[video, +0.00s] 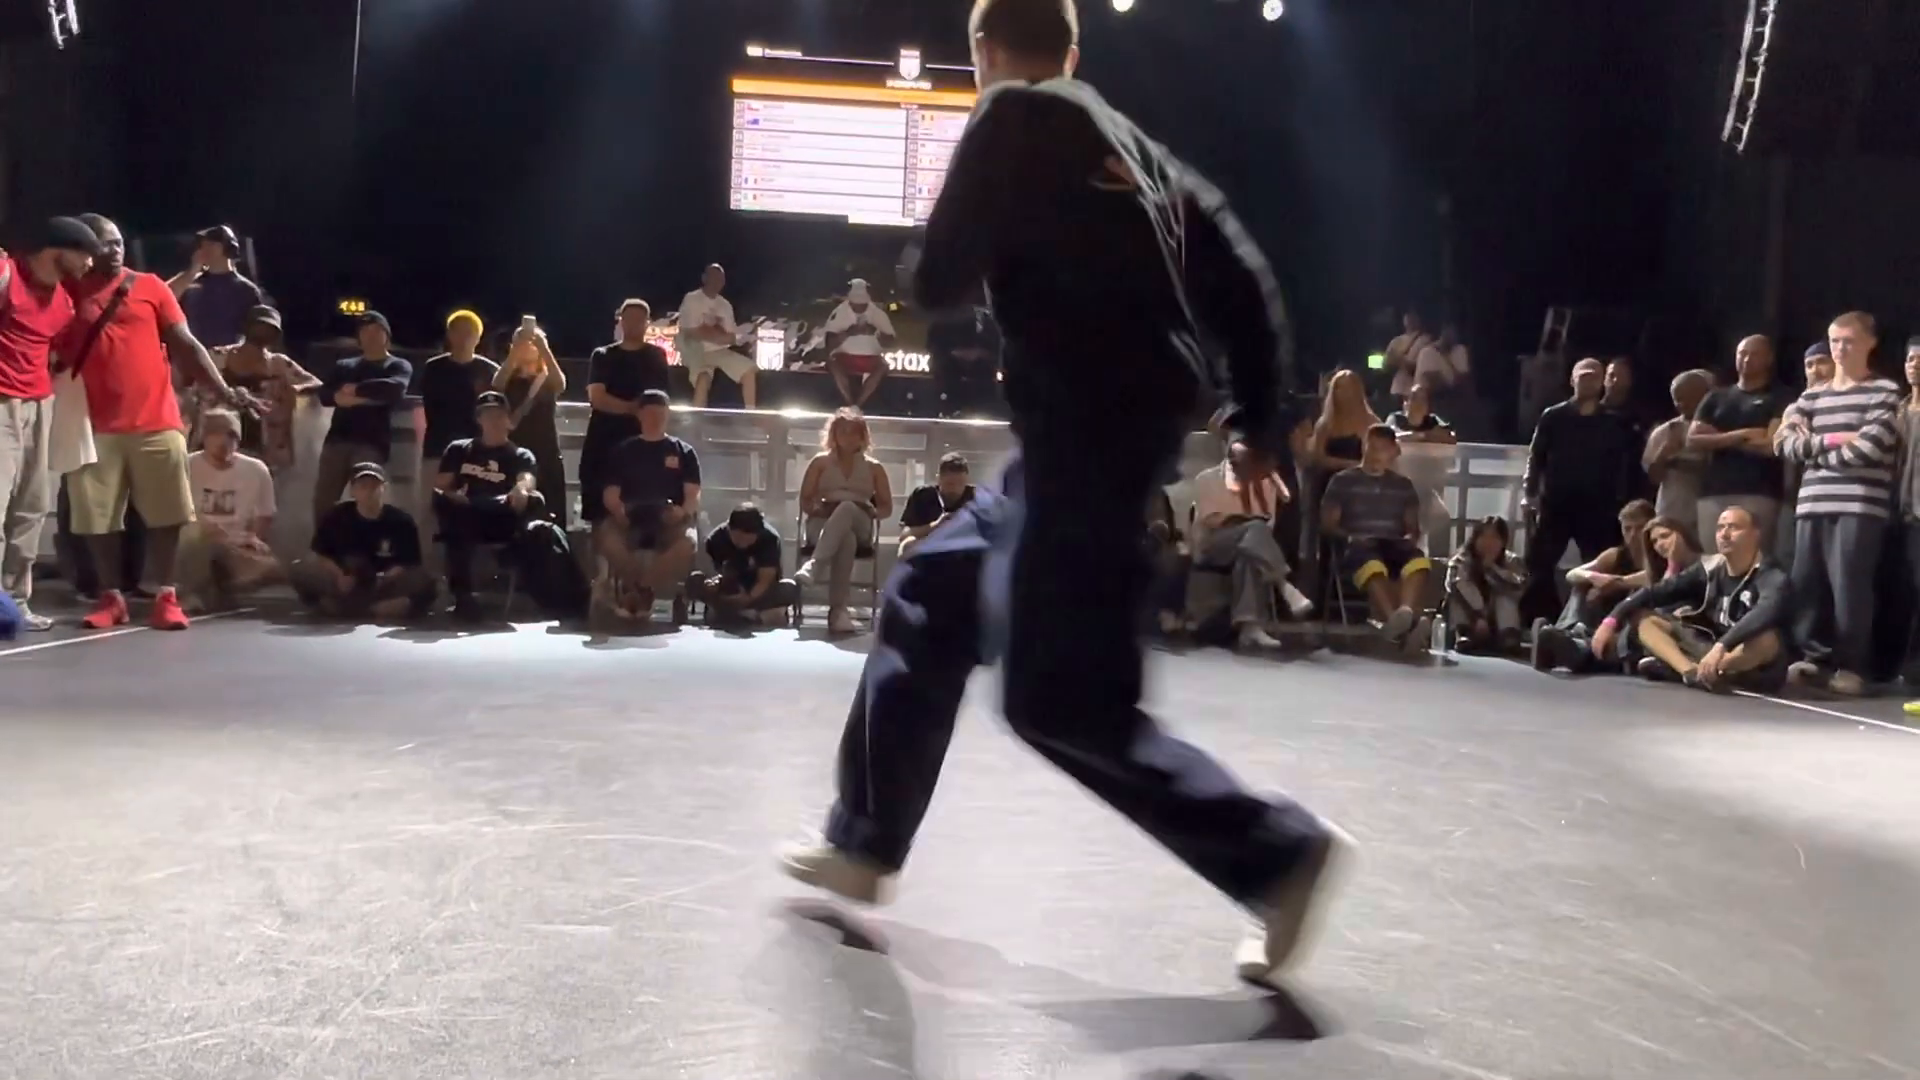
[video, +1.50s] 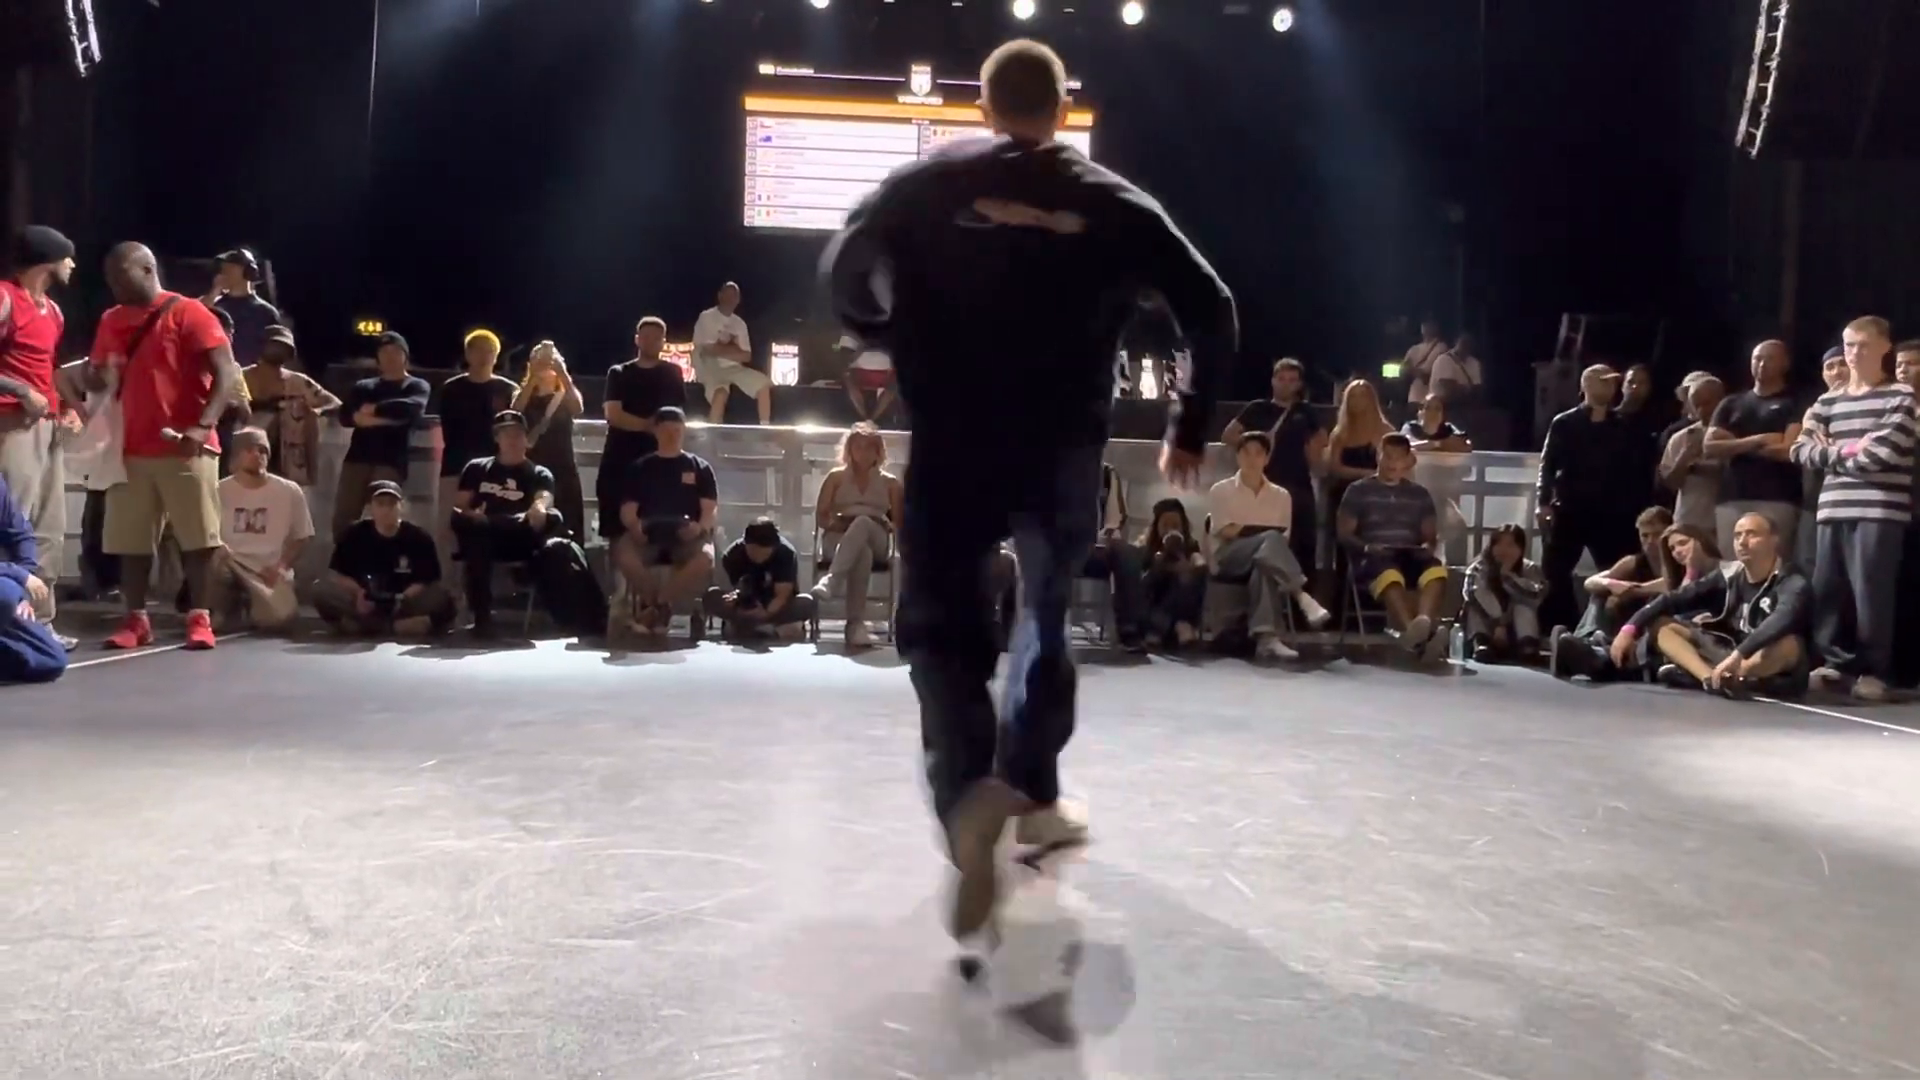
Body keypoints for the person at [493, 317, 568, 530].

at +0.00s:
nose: (528, 349)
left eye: (533, 345)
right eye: (523, 344)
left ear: (541, 350)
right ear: (513, 349)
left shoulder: (548, 379)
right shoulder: (507, 378)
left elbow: (559, 384)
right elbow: (497, 387)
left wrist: (544, 348)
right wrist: (515, 350)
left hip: (545, 447)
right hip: (514, 447)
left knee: (552, 509)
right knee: (514, 507)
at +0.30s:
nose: (534, 366)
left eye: (539, 361)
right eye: (528, 361)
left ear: (548, 368)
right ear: (520, 366)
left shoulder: (554, 396)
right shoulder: (513, 396)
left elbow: (565, 400)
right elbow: (504, 400)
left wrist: (550, 364)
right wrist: (523, 360)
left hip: (551, 465)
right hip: (521, 465)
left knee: (559, 526)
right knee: (522, 524)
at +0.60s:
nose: (535, 366)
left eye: (540, 362)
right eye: (529, 361)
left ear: (548, 368)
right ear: (520, 368)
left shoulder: (555, 397)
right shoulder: (514, 397)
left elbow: (566, 402)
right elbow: (504, 404)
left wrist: (552, 367)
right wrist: (522, 365)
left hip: (551, 464)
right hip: (521, 465)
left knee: (559, 524)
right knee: (522, 522)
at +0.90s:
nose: (538, 370)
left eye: (543, 366)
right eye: (532, 365)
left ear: (552, 372)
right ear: (523, 370)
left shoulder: (558, 400)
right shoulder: (517, 399)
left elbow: (569, 404)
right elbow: (508, 407)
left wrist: (554, 368)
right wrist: (528, 365)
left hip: (555, 469)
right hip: (524, 469)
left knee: (563, 531)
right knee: (524, 530)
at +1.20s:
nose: (542, 367)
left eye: (547, 362)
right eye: (536, 362)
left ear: (555, 368)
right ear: (526, 367)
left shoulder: (561, 397)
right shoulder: (520, 397)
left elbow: (573, 402)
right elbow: (512, 403)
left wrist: (558, 366)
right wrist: (531, 362)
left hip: (558, 467)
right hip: (527, 467)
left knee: (567, 530)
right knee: (526, 528)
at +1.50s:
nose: (546, 369)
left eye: (551, 364)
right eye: (540, 363)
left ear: (559, 367)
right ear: (531, 367)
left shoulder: (566, 395)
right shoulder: (524, 394)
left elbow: (577, 410)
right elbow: (513, 415)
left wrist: (564, 375)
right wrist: (530, 379)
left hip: (562, 465)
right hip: (532, 465)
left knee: (570, 523)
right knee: (532, 521)